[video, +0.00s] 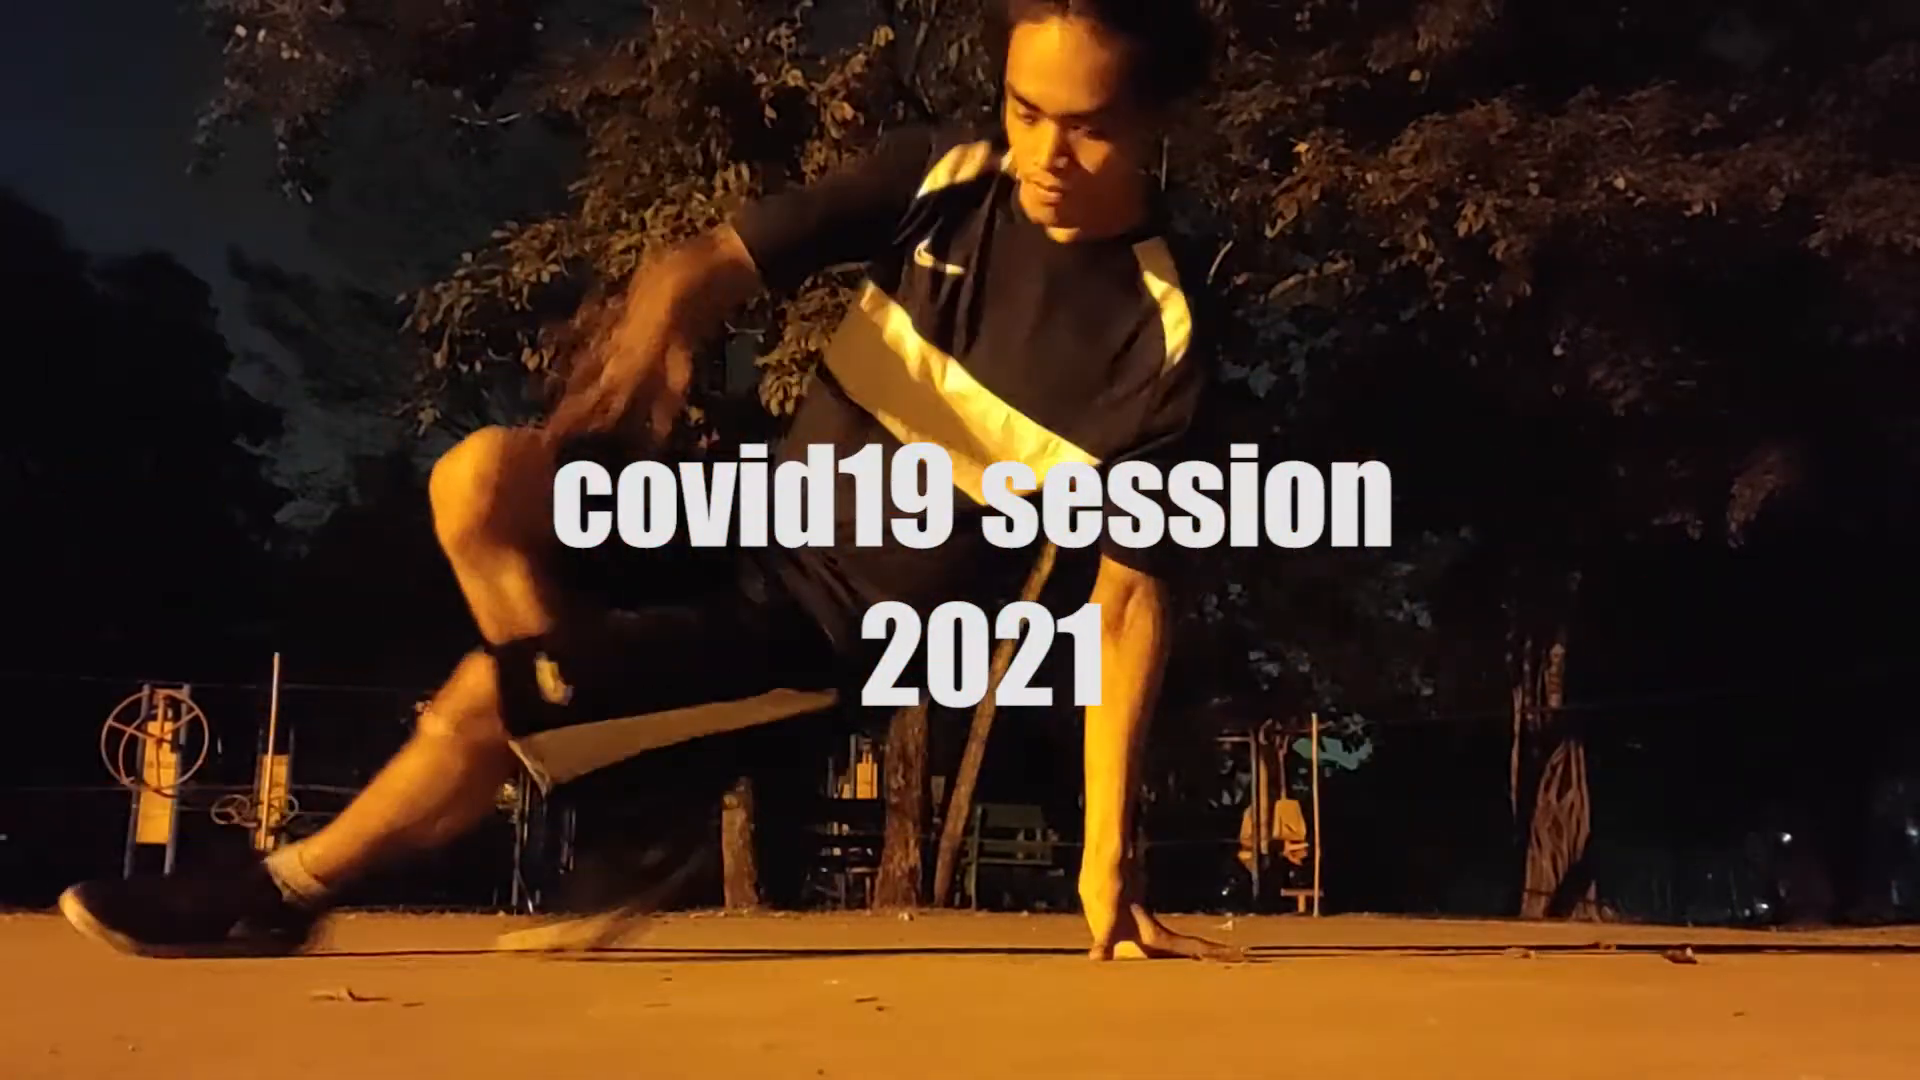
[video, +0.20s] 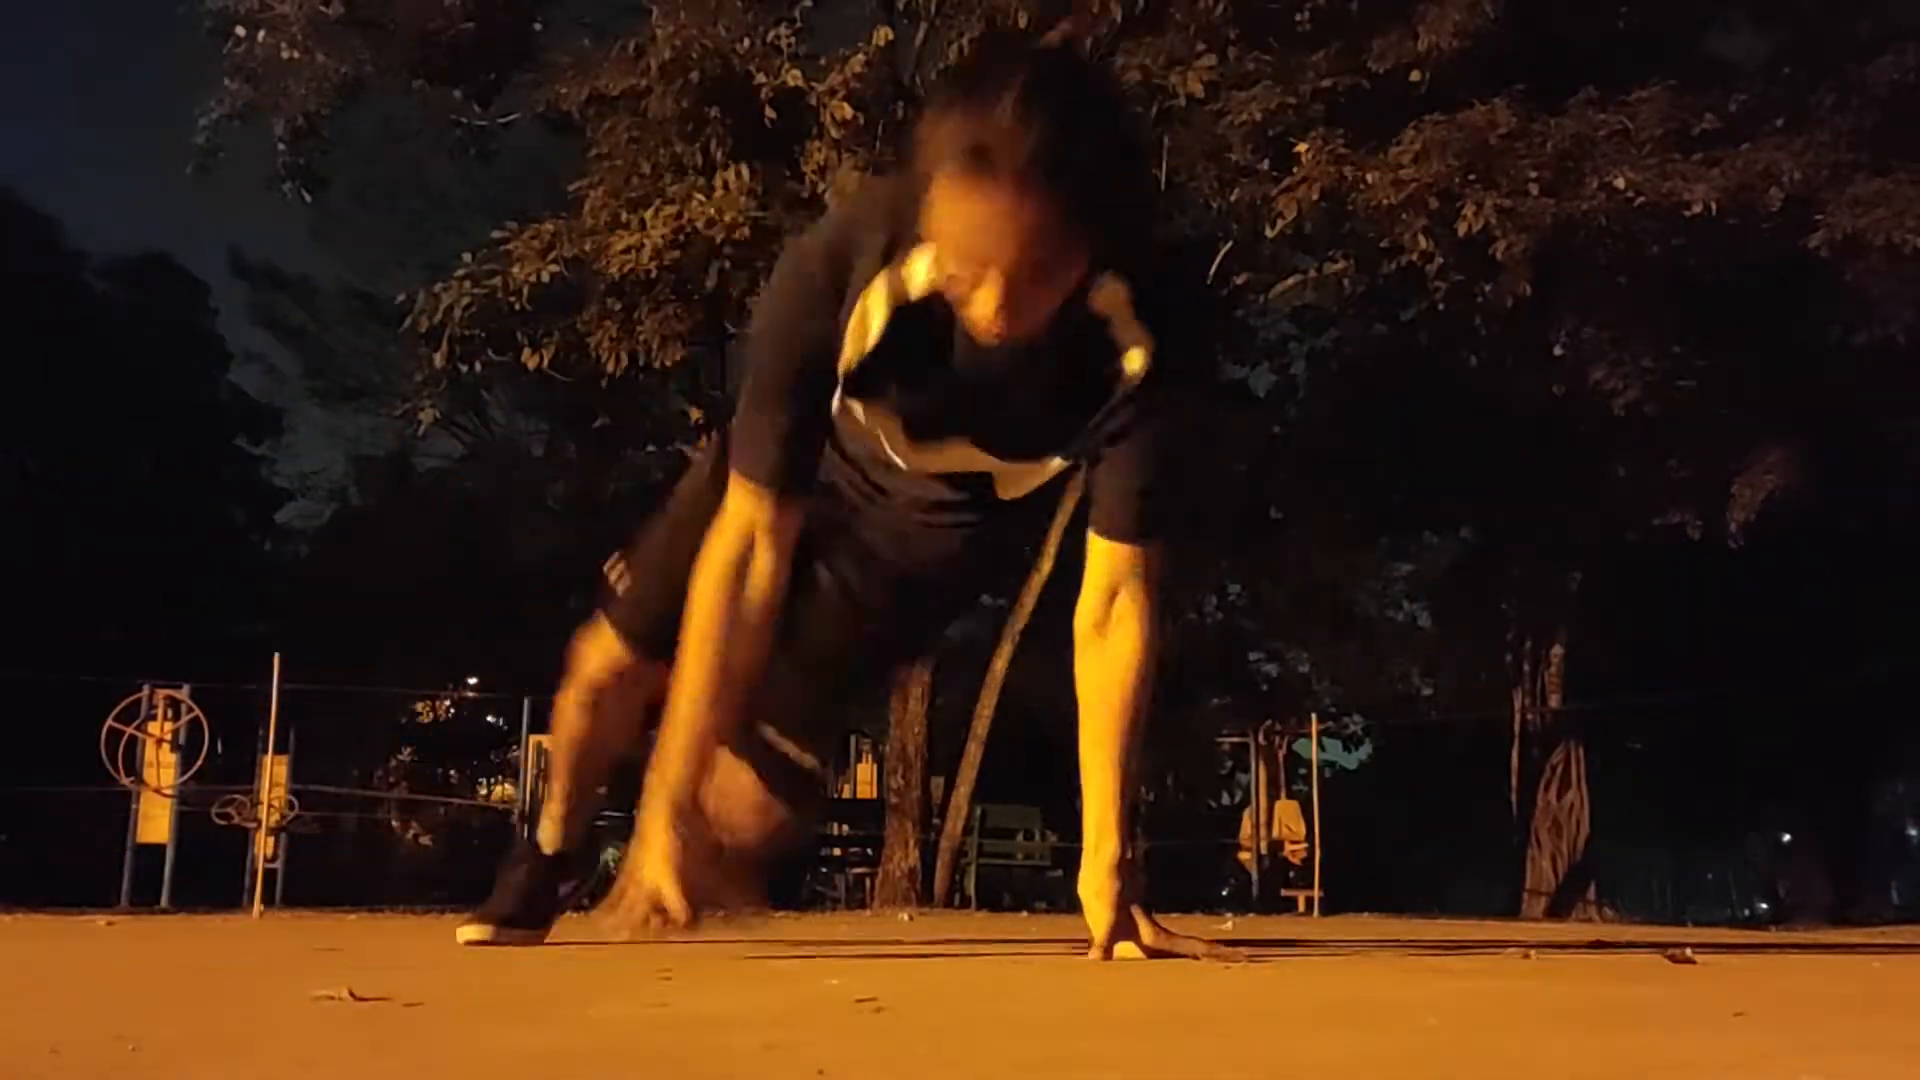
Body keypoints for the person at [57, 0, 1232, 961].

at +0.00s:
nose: (1045, 154)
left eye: (1087, 127)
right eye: (1026, 115)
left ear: (1163, 129)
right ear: (1004, 99)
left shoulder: (1166, 352)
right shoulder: (953, 180)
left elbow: (1132, 607)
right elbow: (722, 251)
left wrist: (1108, 857)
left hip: (846, 612)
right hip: (755, 502)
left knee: (492, 701)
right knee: (477, 482)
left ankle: (282, 893)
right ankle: (603, 761)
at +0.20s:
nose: (988, 304)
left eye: (1028, 273)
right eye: (961, 263)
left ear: (1089, 246)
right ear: (928, 210)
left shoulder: (1146, 339)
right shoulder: (837, 266)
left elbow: (1119, 602)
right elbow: (750, 537)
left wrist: (1107, 859)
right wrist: (664, 821)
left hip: (910, 556)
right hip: (773, 472)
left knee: (737, 810)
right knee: (604, 669)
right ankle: (546, 852)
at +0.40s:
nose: (769, 414)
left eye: (795, 386)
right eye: (742, 390)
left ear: (875, 311)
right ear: (712, 349)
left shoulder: (1030, 320)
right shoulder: (712, 373)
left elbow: (1092, 575)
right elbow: (720, 605)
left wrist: (1133, 831)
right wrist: (706, 867)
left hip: (1000, 508)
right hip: (832, 516)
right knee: (879, 797)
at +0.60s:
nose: (647, 422)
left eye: (636, 393)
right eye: (621, 409)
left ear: (681, 307)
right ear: (613, 358)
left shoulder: (917, 266)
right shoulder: (686, 399)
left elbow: (1042, 543)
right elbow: (719, 619)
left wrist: (1081, 839)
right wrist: (707, 872)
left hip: (1018, 447)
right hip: (913, 528)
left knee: (1167, 642)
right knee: (1142, 632)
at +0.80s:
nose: (659, 392)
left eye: (663, 354)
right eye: (630, 375)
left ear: (719, 278)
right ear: (608, 345)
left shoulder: (880, 299)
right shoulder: (658, 394)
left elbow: (1075, 590)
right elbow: (703, 611)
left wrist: (1075, 881)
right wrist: (711, 878)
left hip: (1133, 445)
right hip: (1019, 532)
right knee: (1186, 782)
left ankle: (1598, 824)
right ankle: (1573, 810)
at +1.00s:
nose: (729, 351)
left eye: (742, 315)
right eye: (695, 329)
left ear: (797, 244)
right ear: (650, 308)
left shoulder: (910, 290)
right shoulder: (645, 381)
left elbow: (1068, 577)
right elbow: (688, 610)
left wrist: (1074, 884)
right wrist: (707, 880)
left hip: (1140, 457)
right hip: (1013, 544)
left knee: (1397, 733)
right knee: (1234, 757)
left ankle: (1584, 448)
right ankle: (1642, 802)